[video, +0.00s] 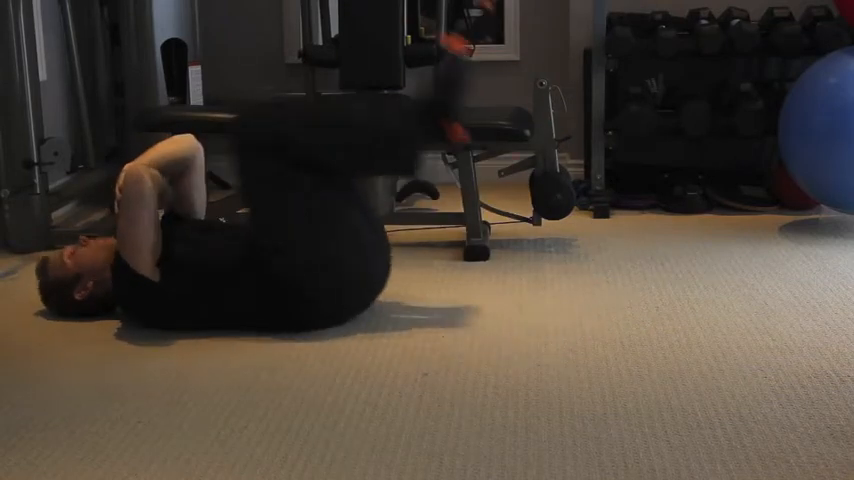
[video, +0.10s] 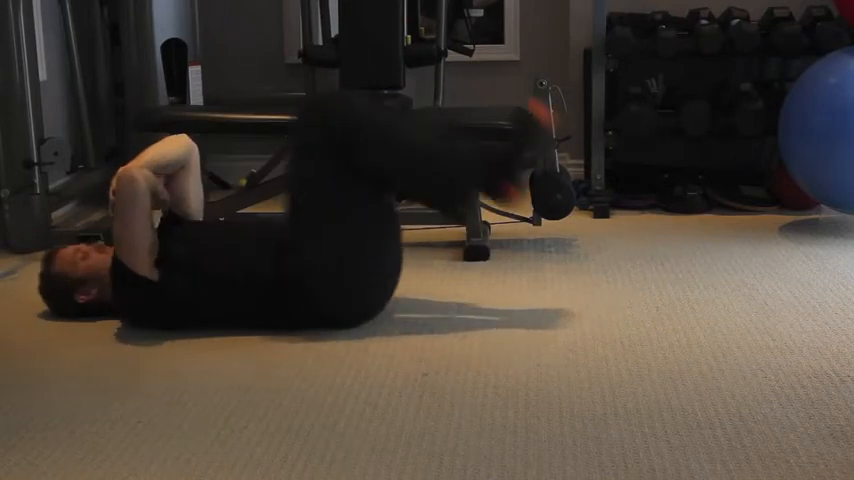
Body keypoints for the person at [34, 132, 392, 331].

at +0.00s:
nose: (86, 238)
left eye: (74, 243)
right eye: (75, 250)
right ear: (87, 287)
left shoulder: (175, 255)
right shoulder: (141, 296)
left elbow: (188, 149)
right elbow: (135, 180)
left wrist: (133, 189)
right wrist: (145, 207)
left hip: (348, 263)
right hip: (317, 283)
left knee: (264, 126)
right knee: (257, 132)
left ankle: (418, 119)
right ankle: (421, 127)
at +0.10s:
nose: (87, 247)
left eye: (79, 248)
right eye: (76, 259)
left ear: (97, 250)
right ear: (86, 291)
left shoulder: (175, 251)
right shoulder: (139, 294)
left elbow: (185, 149)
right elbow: (128, 180)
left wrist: (136, 191)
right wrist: (149, 191)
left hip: (345, 270)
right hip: (328, 288)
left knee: (344, 122)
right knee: (326, 122)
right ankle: (494, 176)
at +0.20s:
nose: (100, 250)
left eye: (92, 249)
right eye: (89, 259)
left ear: (113, 259)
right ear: (99, 293)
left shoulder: (177, 248)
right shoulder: (149, 294)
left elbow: (181, 150)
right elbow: (129, 177)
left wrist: (149, 227)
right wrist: (152, 213)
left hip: (355, 263)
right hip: (349, 289)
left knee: (399, 122)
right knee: (396, 124)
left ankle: (492, 225)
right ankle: (534, 220)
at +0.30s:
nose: (115, 255)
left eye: (108, 254)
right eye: (105, 265)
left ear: (127, 262)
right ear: (116, 295)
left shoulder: (193, 250)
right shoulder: (167, 294)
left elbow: (184, 149)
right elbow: (139, 176)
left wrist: (158, 222)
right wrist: (154, 224)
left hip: (367, 259)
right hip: (361, 289)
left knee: (447, 133)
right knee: (449, 152)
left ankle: (537, 261)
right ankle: (565, 264)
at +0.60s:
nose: (121, 250)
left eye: (113, 249)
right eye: (109, 260)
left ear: (134, 261)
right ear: (124, 293)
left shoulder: (204, 253)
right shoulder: (177, 294)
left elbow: (200, 153)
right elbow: (159, 170)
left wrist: (166, 210)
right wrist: (172, 233)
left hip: (378, 260)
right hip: (369, 287)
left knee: (471, 136)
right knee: (466, 149)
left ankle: (559, 267)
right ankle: (580, 271)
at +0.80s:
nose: (107, 246)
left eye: (97, 248)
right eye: (98, 259)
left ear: (122, 258)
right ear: (115, 288)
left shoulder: (198, 242)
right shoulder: (167, 294)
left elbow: (194, 152)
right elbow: (145, 178)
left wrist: (143, 220)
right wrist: (159, 214)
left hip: (369, 264)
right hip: (356, 287)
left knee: (382, 116)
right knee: (374, 125)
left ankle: (527, 177)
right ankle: (528, 183)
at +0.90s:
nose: (99, 238)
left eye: (92, 241)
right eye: (91, 252)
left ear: (115, 241)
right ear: (113, 285)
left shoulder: (201, 244)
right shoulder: (165, 292)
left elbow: (200, 148)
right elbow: (147, 181)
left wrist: (146, 189)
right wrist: (148, 231)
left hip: (358, 265)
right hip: (338, 286)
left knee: (326, 117)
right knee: (313, 121)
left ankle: (486, 121)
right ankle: (487, 133)